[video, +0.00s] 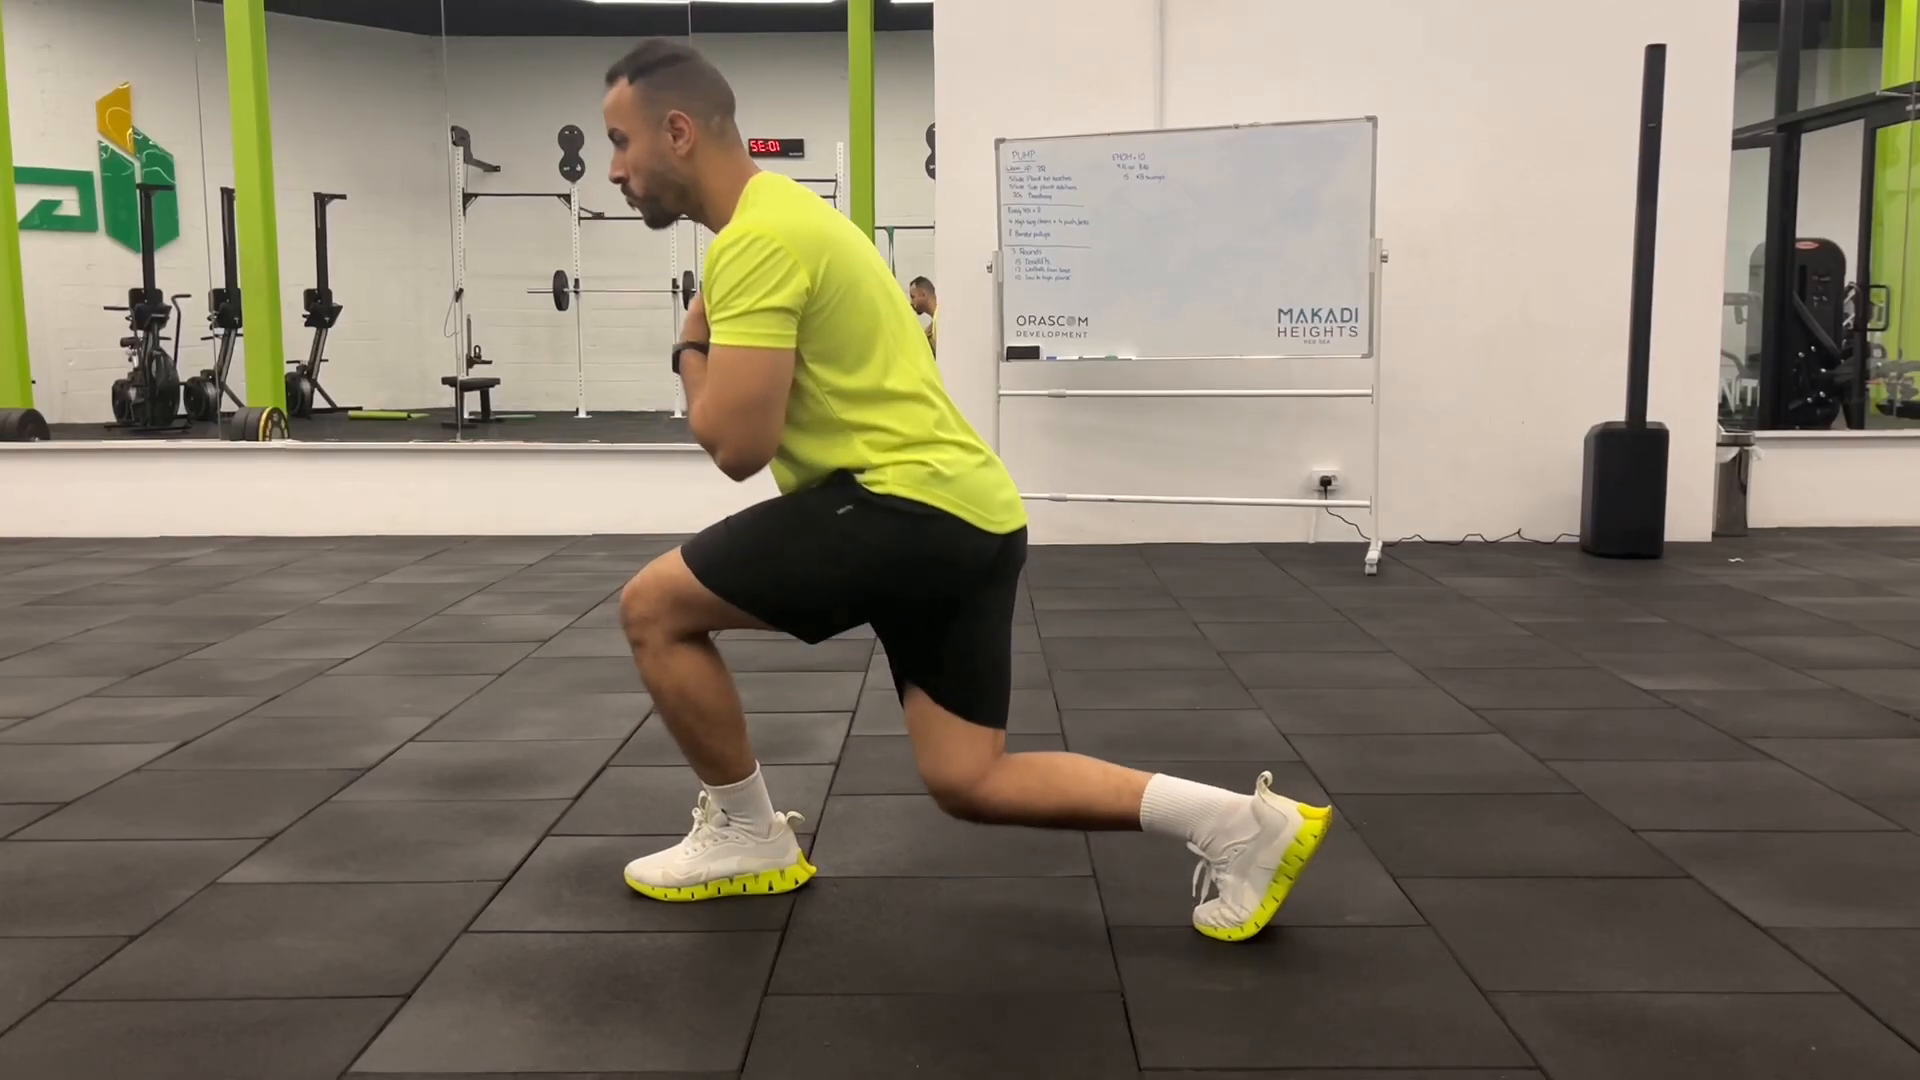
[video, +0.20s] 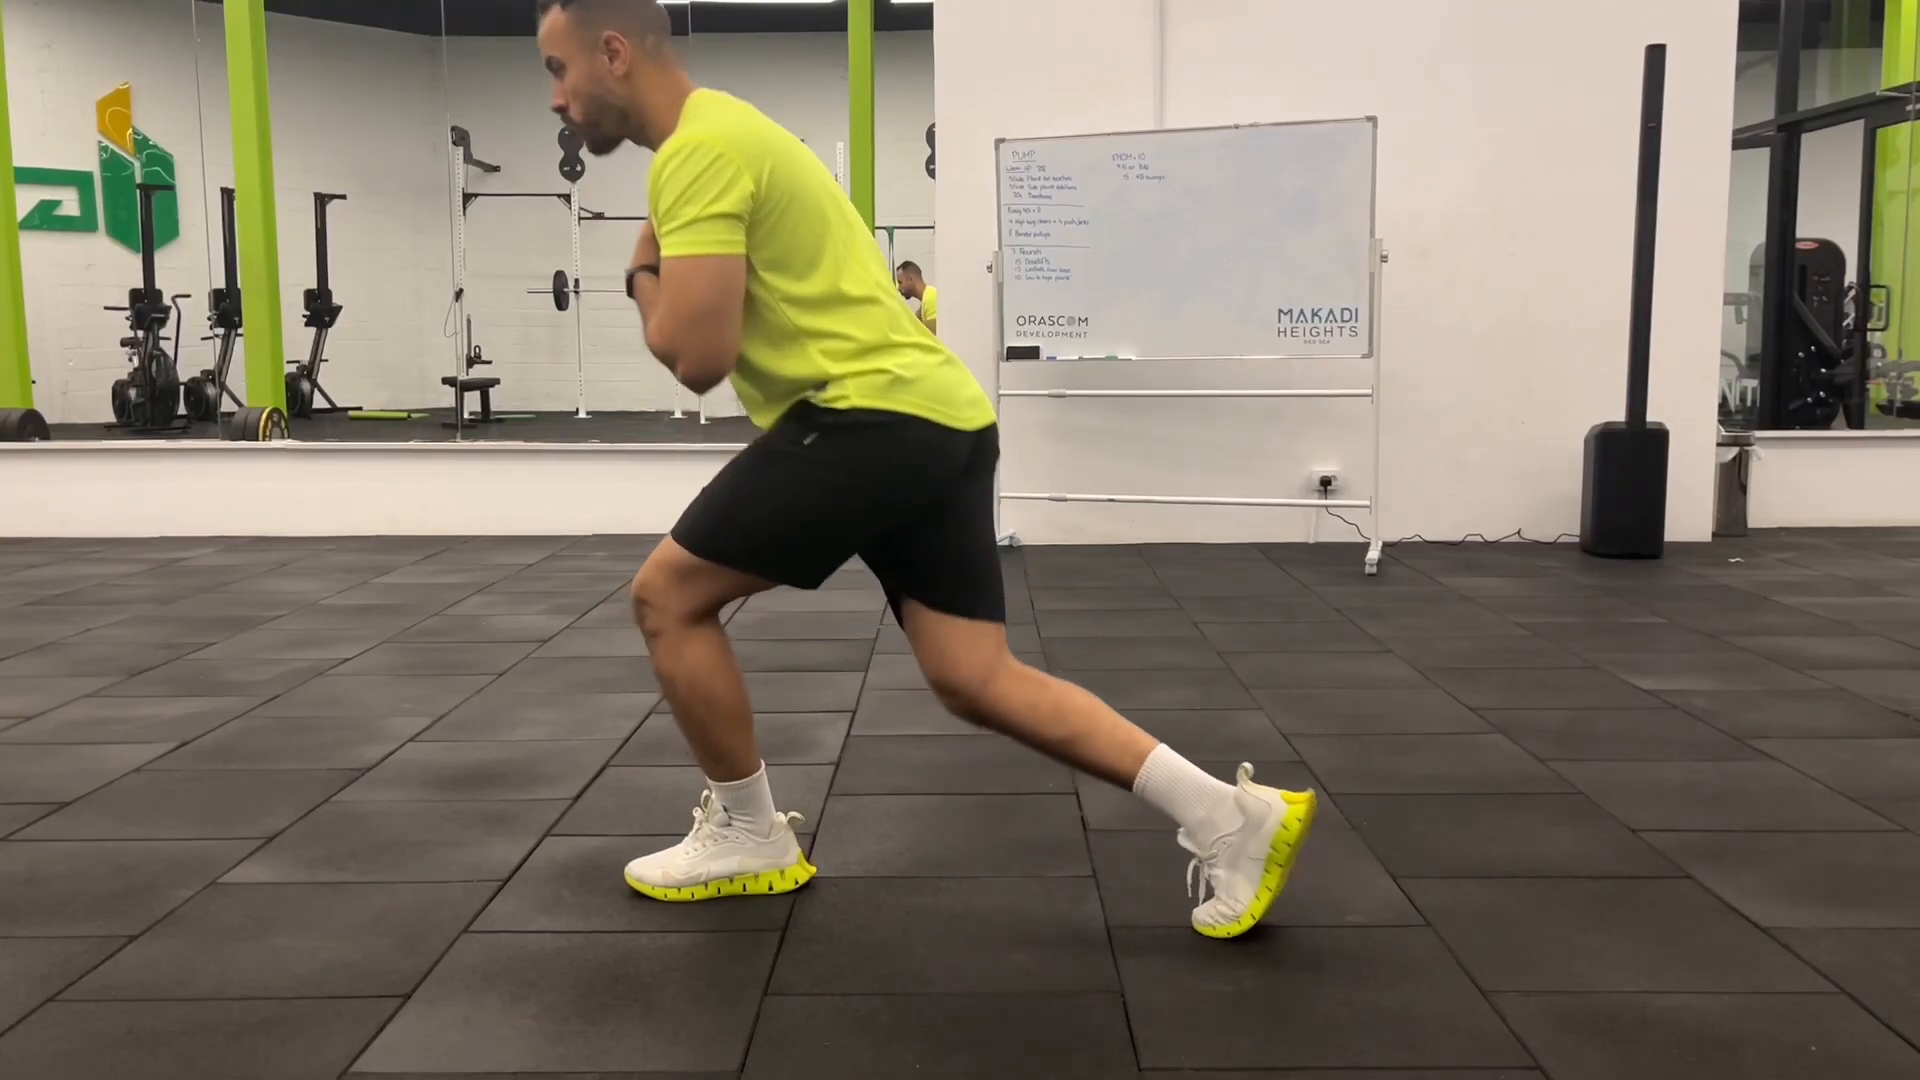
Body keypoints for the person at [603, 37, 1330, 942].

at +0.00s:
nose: (612, 167)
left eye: (619, 141)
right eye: (609, 144)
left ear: (681, 134)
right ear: (687, 133)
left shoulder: (761, 237)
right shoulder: (794, 219)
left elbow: (737, 446)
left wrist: (691, 358)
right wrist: (715, 366)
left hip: (899, 505)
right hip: (972, 511)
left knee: (654, 608)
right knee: (966, 777)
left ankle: (745, 833)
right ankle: (1239, 823)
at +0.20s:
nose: (555, 100)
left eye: (557, 71)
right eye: (548, 76)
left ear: (617, 54)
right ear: (630, 57)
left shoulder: (702, 148)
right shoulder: (738, 135)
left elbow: (697, 358)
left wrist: (643, 279)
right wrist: (672, 282)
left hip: (869, 418)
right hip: (943, 417)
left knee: (668, 597)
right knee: (974, 674)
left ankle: (748, 834)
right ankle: (1227, 818)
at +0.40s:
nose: (507, 19)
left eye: (509, 2)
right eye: (501, 7)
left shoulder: (651, 58)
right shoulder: (679, 51)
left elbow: (648, 270)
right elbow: (663, 258)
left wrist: (593, 192)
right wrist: (613, 191)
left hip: (818, 345)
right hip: (891, 337)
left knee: (692, 585)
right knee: (928, 594)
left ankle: (750, 829)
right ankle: (1142, 756)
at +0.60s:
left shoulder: (644, 9)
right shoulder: (714, 15)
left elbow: (617, 213)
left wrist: (571, 126)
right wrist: (599, 132)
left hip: (772, 313)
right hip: (854, 307)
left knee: (712, 578)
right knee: (822, 556)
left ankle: (750, 831)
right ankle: (1002, 749)